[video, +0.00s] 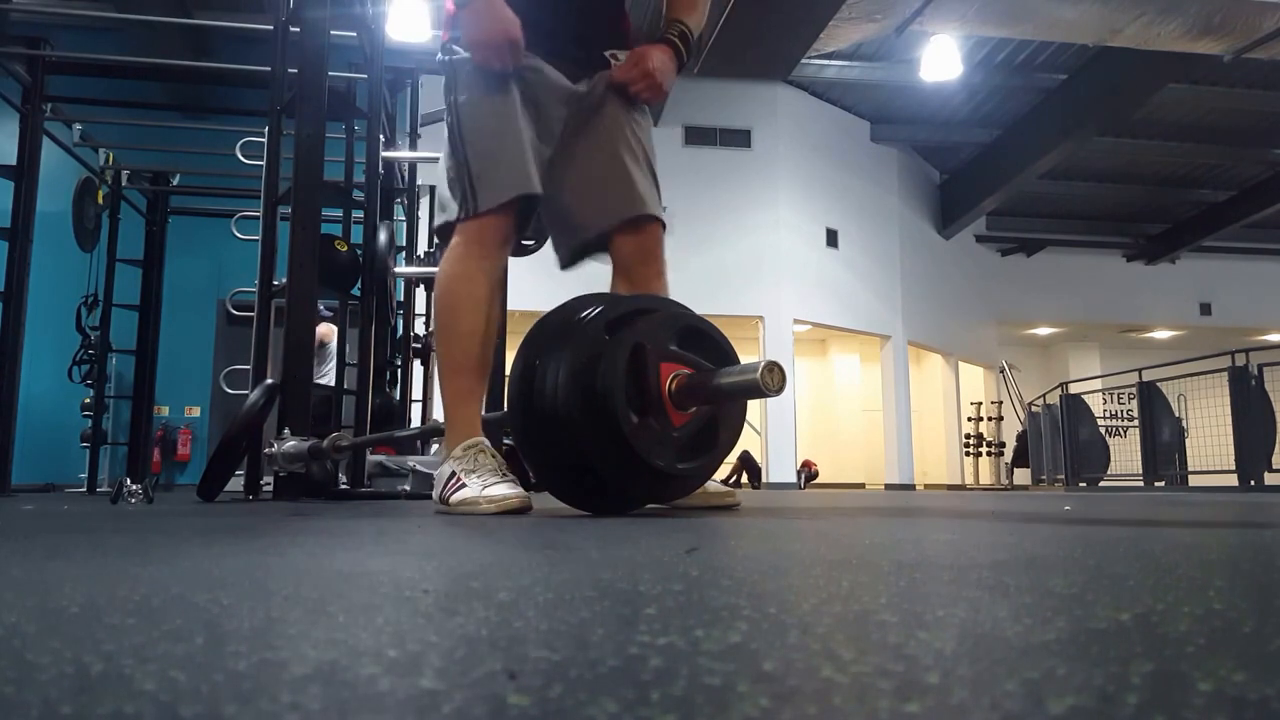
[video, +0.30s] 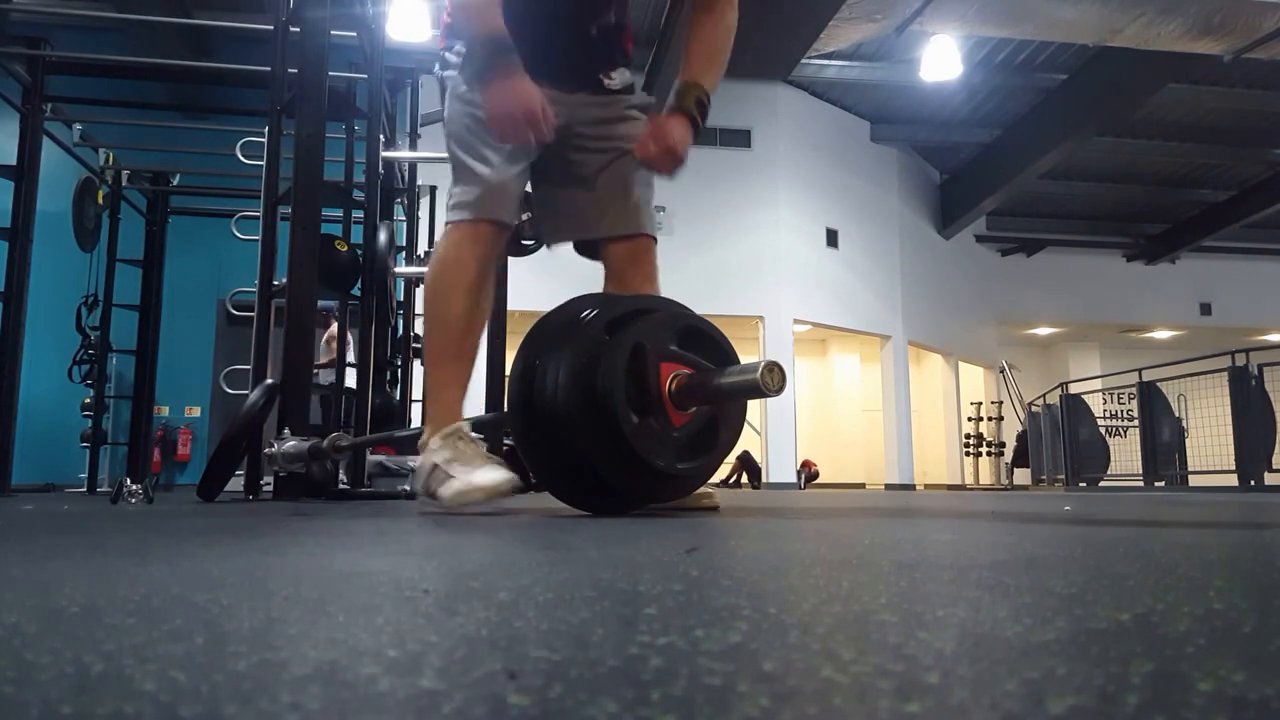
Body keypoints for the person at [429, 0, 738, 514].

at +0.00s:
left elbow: (692, 4)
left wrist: (674, 44)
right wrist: (474, 2)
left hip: (605, 56)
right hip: (502, 36)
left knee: (642, 231)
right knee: (490, 217)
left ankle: (659, 460)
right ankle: (464, 451)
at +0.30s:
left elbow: (717, 4)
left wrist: (686, 108)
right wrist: (498, 69)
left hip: (605, 75)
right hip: (495, 58)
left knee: (633, 242)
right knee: (482, 219)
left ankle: (652, 455)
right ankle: (443, 440)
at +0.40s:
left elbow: (714, 26)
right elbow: (485, 4)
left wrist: (689, 140)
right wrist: (513, 124)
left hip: (586, 84)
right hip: (476, 64)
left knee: (631, 240)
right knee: (465, 232)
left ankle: (648, 459)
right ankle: (438, 452)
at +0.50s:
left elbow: (702, 54)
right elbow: (502, 34)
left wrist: (681, 167)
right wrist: (524, 195)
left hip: (566, 84)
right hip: (463, 65)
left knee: (627, 232)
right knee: (463, 223)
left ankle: (648, 456)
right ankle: (437, 453)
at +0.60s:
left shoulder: (700, 3)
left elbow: (680, 86)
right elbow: (518, 94)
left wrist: (659, 186)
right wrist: (538, 270)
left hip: (565, 99)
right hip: (460, 77)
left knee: (631, 235)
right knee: (468, 208)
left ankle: (646, 454)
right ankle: (438, 452)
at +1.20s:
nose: (722, 7)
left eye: (732, 3)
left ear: (740, 3)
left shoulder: (729, 29)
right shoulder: (558, 11)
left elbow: (672, 155)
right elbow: (533, 174)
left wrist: (635, 215)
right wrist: (558, 325)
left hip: (579, 122)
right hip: (471, 97)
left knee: (650, 238)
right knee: (490, 208)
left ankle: (647, 454)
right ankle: (439, 453)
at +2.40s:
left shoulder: (723, 5)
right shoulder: (535, 2)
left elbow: (707, 135)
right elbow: (516, 100)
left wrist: (684, 268)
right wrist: (547, 270)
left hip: (576, 107)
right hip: (473, 76)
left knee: (631, 241)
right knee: (496, 225)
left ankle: (630, 463)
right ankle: (456, 449)